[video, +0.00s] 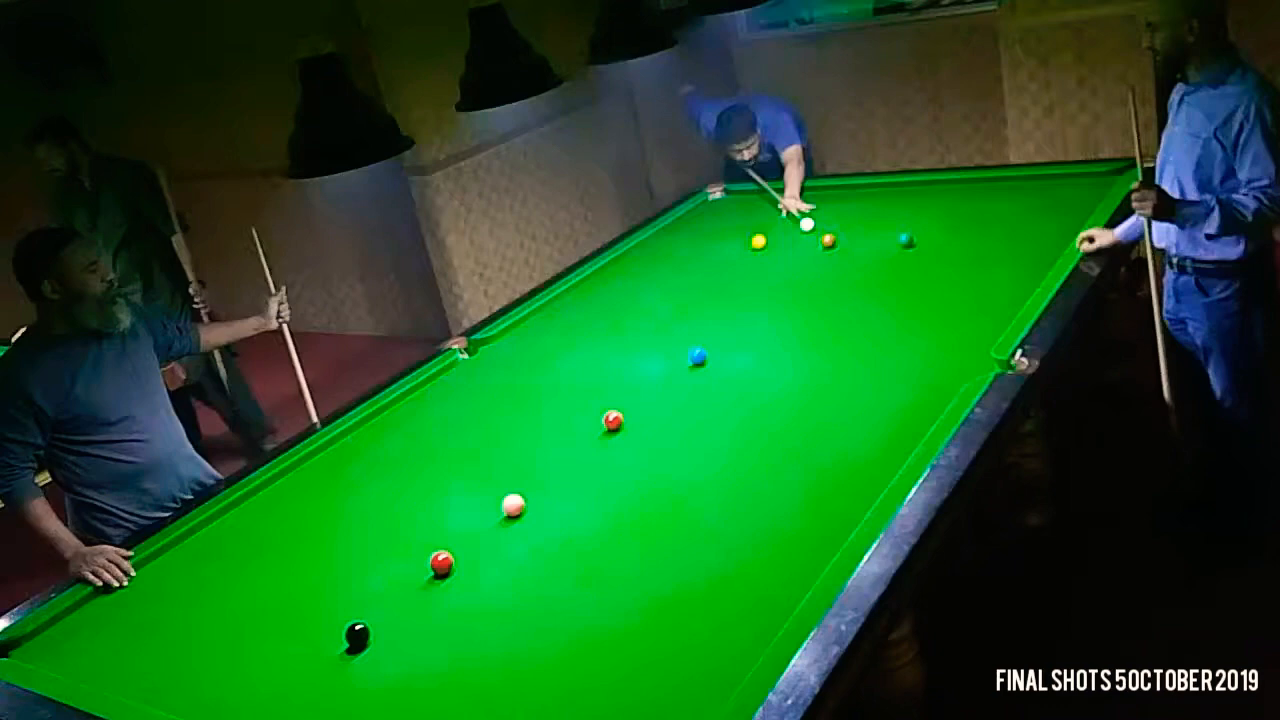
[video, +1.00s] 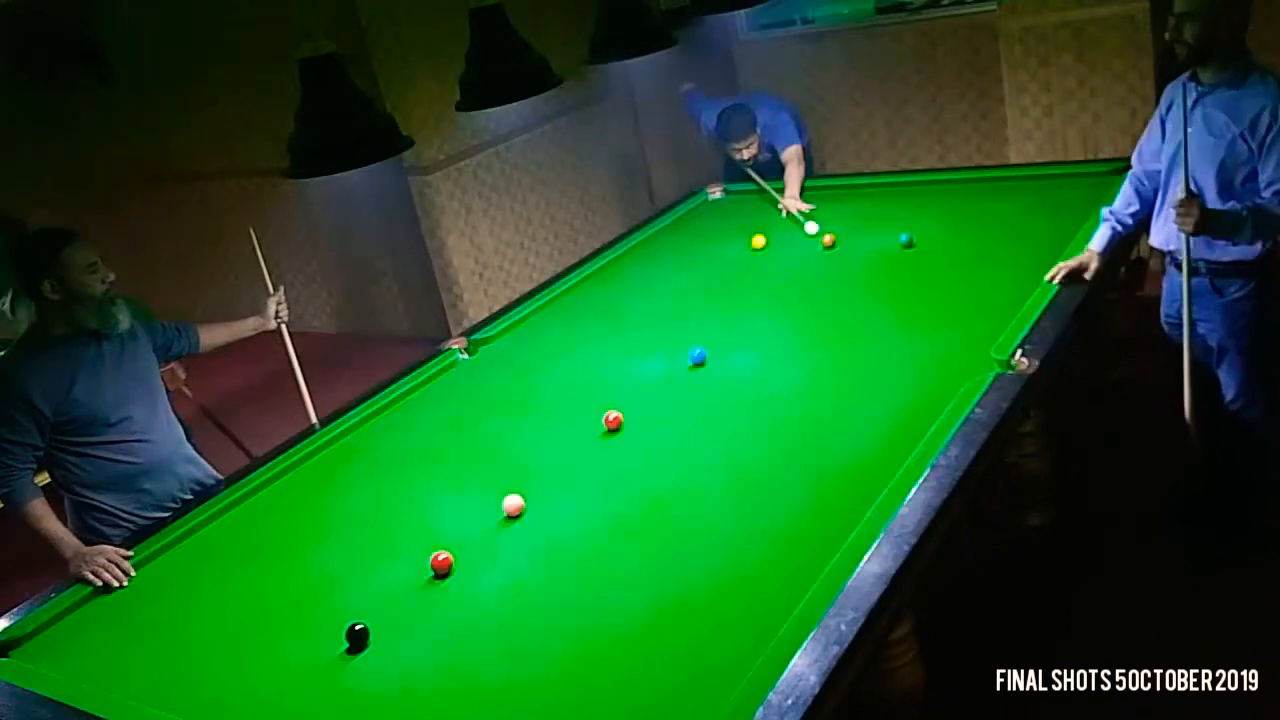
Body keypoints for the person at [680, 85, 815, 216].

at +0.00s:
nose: (746, 156)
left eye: (750, 148)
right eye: (737, 152)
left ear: (758, 134)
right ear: (721, 144)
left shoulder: (777, 121)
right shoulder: (710, 121)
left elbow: (794, 161)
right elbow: (691, 101)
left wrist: (791, 195)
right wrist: (687, 93)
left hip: (777, 157)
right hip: (736, 163)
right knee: (739, 211)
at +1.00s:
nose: (745, 156)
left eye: (750, 147)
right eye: (736, 151)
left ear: (758, 134)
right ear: (722, 142)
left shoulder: (776, 121)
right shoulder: (710, 120)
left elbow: (794, 160)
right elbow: (693, 99)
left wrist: (791, 196)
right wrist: (688, 90)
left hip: (777, 156)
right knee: (738, 210)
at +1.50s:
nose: (747, 152)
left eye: (751, 143)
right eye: (738, 148)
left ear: (760, 131)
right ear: (721, 141)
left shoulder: (778, 120)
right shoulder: (710, 117)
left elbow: (795, 160)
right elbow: (691, 95)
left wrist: (791, 196)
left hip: (779, 156)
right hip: (738, 162)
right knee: (739, 210)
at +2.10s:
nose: (748, 152)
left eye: (753, 143)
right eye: (740, 147)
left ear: (762, 130)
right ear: (723, 141)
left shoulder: (778, 118)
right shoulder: (710, 118)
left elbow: (795, 161)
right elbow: (689, 97)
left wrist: (791, 196)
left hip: (779, 158)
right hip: (738, 163)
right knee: (740, 214)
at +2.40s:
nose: (749, 150)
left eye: (754, 141)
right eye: (741, 145)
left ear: (762, 129)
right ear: (725, 139)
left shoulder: (781, 118)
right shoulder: (713, 118)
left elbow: (795, 160)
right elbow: (689, 96)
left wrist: (792, 196)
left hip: (778, 160)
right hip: (738, 163)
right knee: (741, 214)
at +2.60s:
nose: (752, 143)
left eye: (757, 134)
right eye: (743, 137)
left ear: (766, 122)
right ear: (729, 130)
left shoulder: (784, 116)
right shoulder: (718, 112)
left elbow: (796, 160)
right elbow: (690, 98)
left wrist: (792, 195)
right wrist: (722, 144)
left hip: (778, 158)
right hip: (739, 158)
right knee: (740, 210)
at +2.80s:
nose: (759, 115)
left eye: (765, 105)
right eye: (751, 108)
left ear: (773, 98)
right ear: (738, 103)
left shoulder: (794, 105)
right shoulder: (726, 96)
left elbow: (801, 151)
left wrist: (794, 192)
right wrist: (726, 135)